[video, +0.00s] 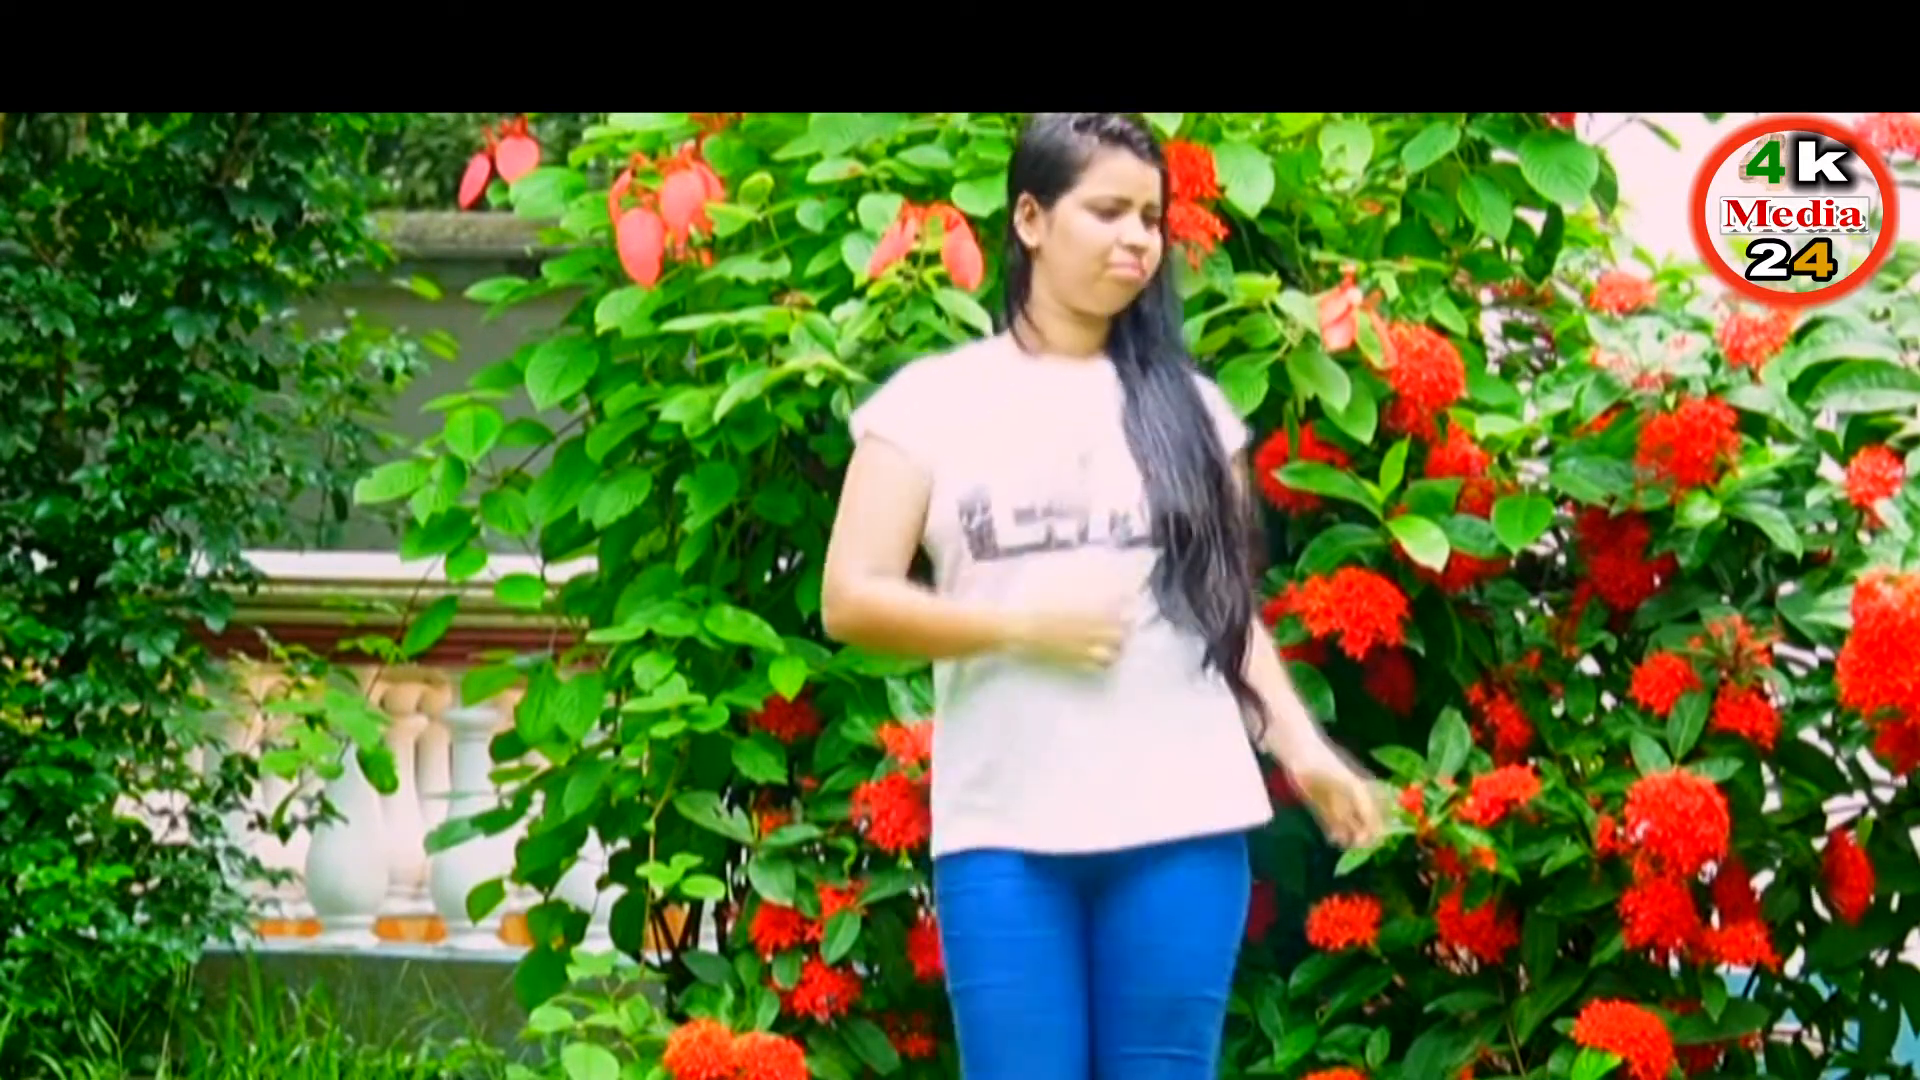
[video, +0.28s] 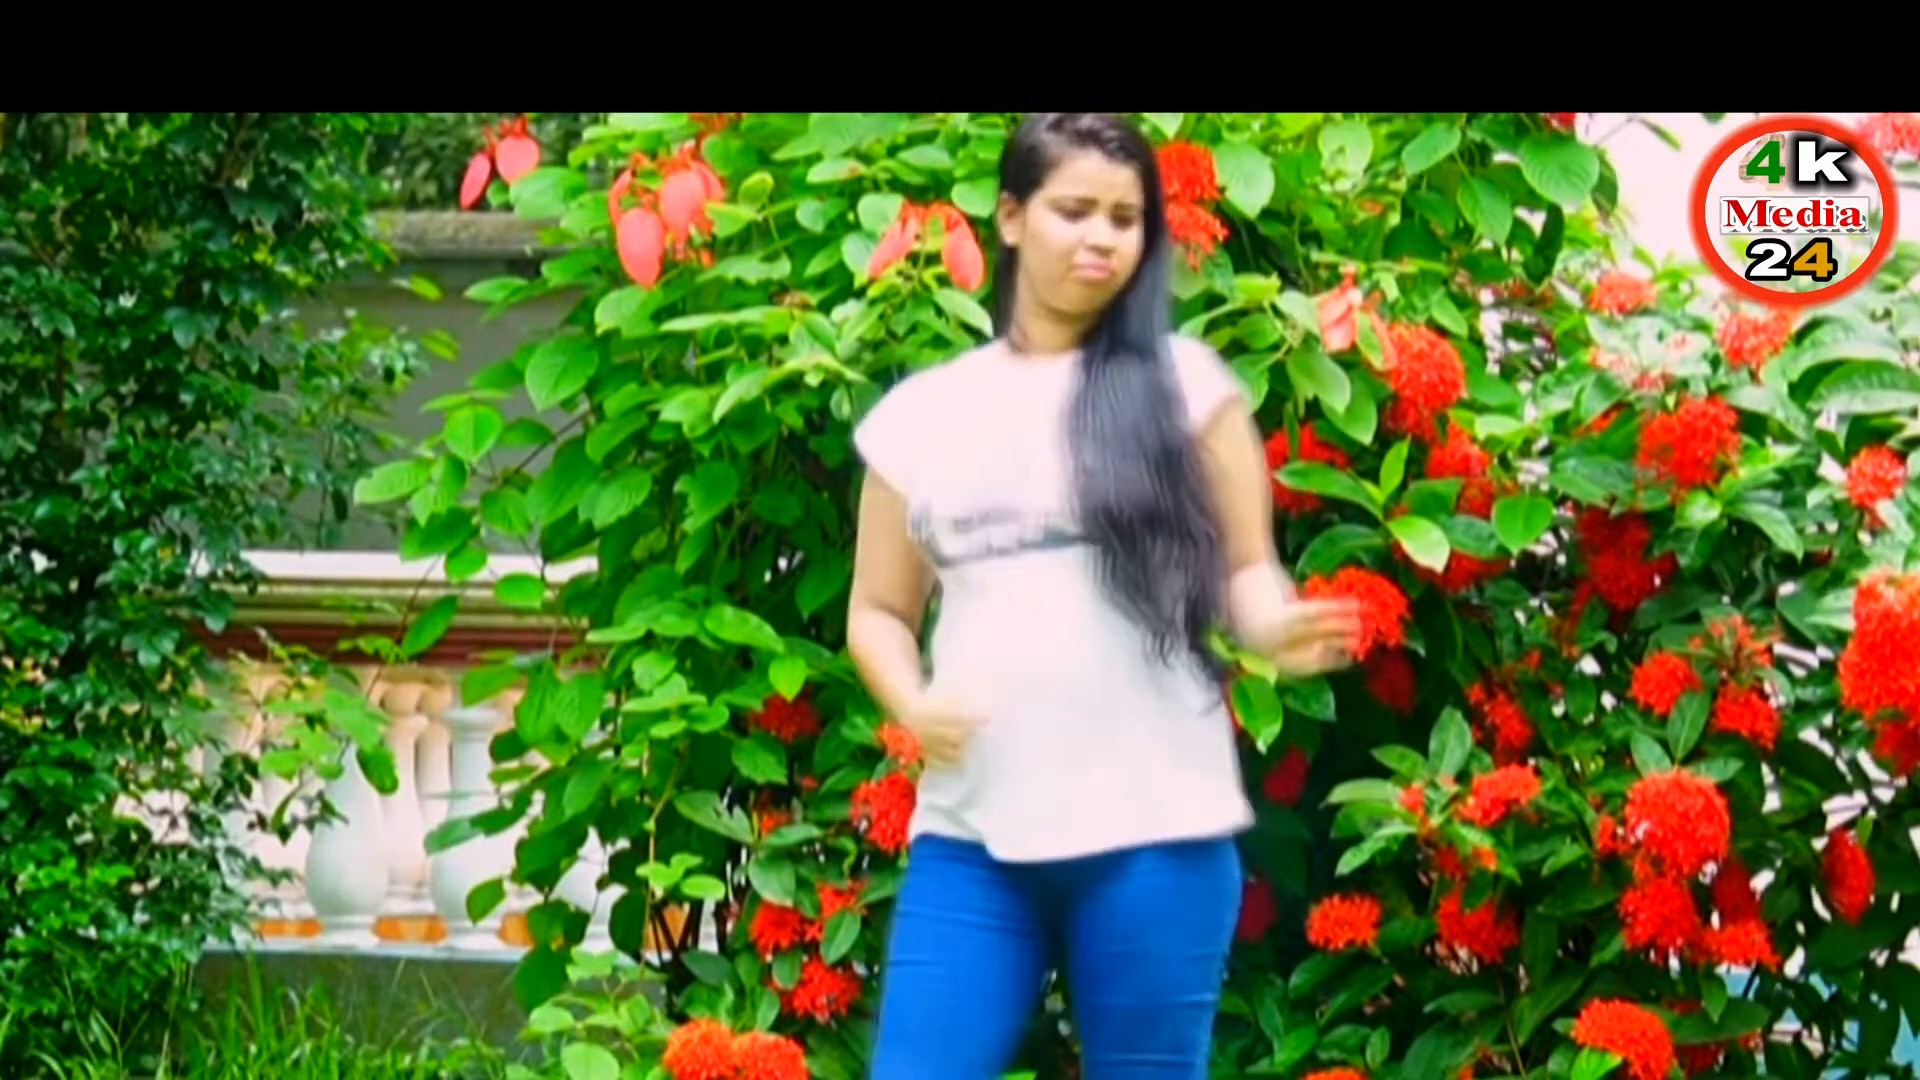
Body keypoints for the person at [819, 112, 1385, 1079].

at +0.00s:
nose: (1137, 237)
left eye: (1151, 217)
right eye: (1110, 210)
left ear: (1164, 238)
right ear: (1031, 221)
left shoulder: (1190, 404)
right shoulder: (929, 400)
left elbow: (1229, 607)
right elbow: (850, 599)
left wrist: (1303, 747)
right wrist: (1013, 622)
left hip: (1186, 823)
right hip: (1002, 833)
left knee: (1165, 1069)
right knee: (1025, 1070)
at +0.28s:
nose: (1100, 239)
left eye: (1124, 218)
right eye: (1073, 211)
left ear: (1148, 238)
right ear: (1011, 220)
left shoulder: (1185, 384)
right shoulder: (920, 416)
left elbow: (1246, 564)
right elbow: (881, 608)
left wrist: (1281, 629)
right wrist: (910, 702)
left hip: (1157, 833)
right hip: (971, 839)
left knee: (1147, 1069)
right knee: (915, 1068)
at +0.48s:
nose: (1047, 261)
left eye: (1076, 241)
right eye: (1025, 229)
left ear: (1101, 266)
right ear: (969, 234)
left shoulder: (1116, 424)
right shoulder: (858, 419)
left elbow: (1164, 619)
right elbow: (827, 613)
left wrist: (1216, 730)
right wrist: (819, 755)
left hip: (1103, 857)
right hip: (921, 860)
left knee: (1116, 1070)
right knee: (850, 1069)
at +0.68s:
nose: (1006, 262)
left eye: (1036, 240)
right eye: (982, 231)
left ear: (1067, 262)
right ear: (932, 237)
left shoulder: (1092, 438)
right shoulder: (823, 402)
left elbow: (1120, 646)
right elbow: (752, 577)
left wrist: (1212, 706)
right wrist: (672, 704)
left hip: (1004, 869)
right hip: (815, 859)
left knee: (1030, 1069)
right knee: (787, 1069)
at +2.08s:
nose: (1041, 244)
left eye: (1073, 225)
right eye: (1019, 215)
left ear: (1114, 252)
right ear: (979, 232)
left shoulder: (1147, 410)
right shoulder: (925, 422)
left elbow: (1214, 612)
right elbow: (908, 623)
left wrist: (1192, 764)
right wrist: (805, 765)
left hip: (1077, 854)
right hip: (913, 850)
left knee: (1068, 1067)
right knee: (867, 1068)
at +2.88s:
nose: (1071, 310)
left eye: (1103, 292)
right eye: (1051, 278)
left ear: (1130, 321)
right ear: (1007, 288)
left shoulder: (1138, 477)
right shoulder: (931, 478)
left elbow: (1195, 705)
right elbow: (867, 675)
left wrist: (1215, 701)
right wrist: (683, 688)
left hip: (1065, 890)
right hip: (906, 888)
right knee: (791, 1070)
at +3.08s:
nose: (1040, 275)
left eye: (1069, 264)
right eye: (1022, 241)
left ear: (1083, 293)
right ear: (961, 241)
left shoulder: (1086, 414)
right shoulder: (866, 439)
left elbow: (1183, 603)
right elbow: (753, 606)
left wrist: (1227, 582)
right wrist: (583, 558)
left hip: (1026, 847)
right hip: (844, 833)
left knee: (1043, 1073)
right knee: (797, 1070)